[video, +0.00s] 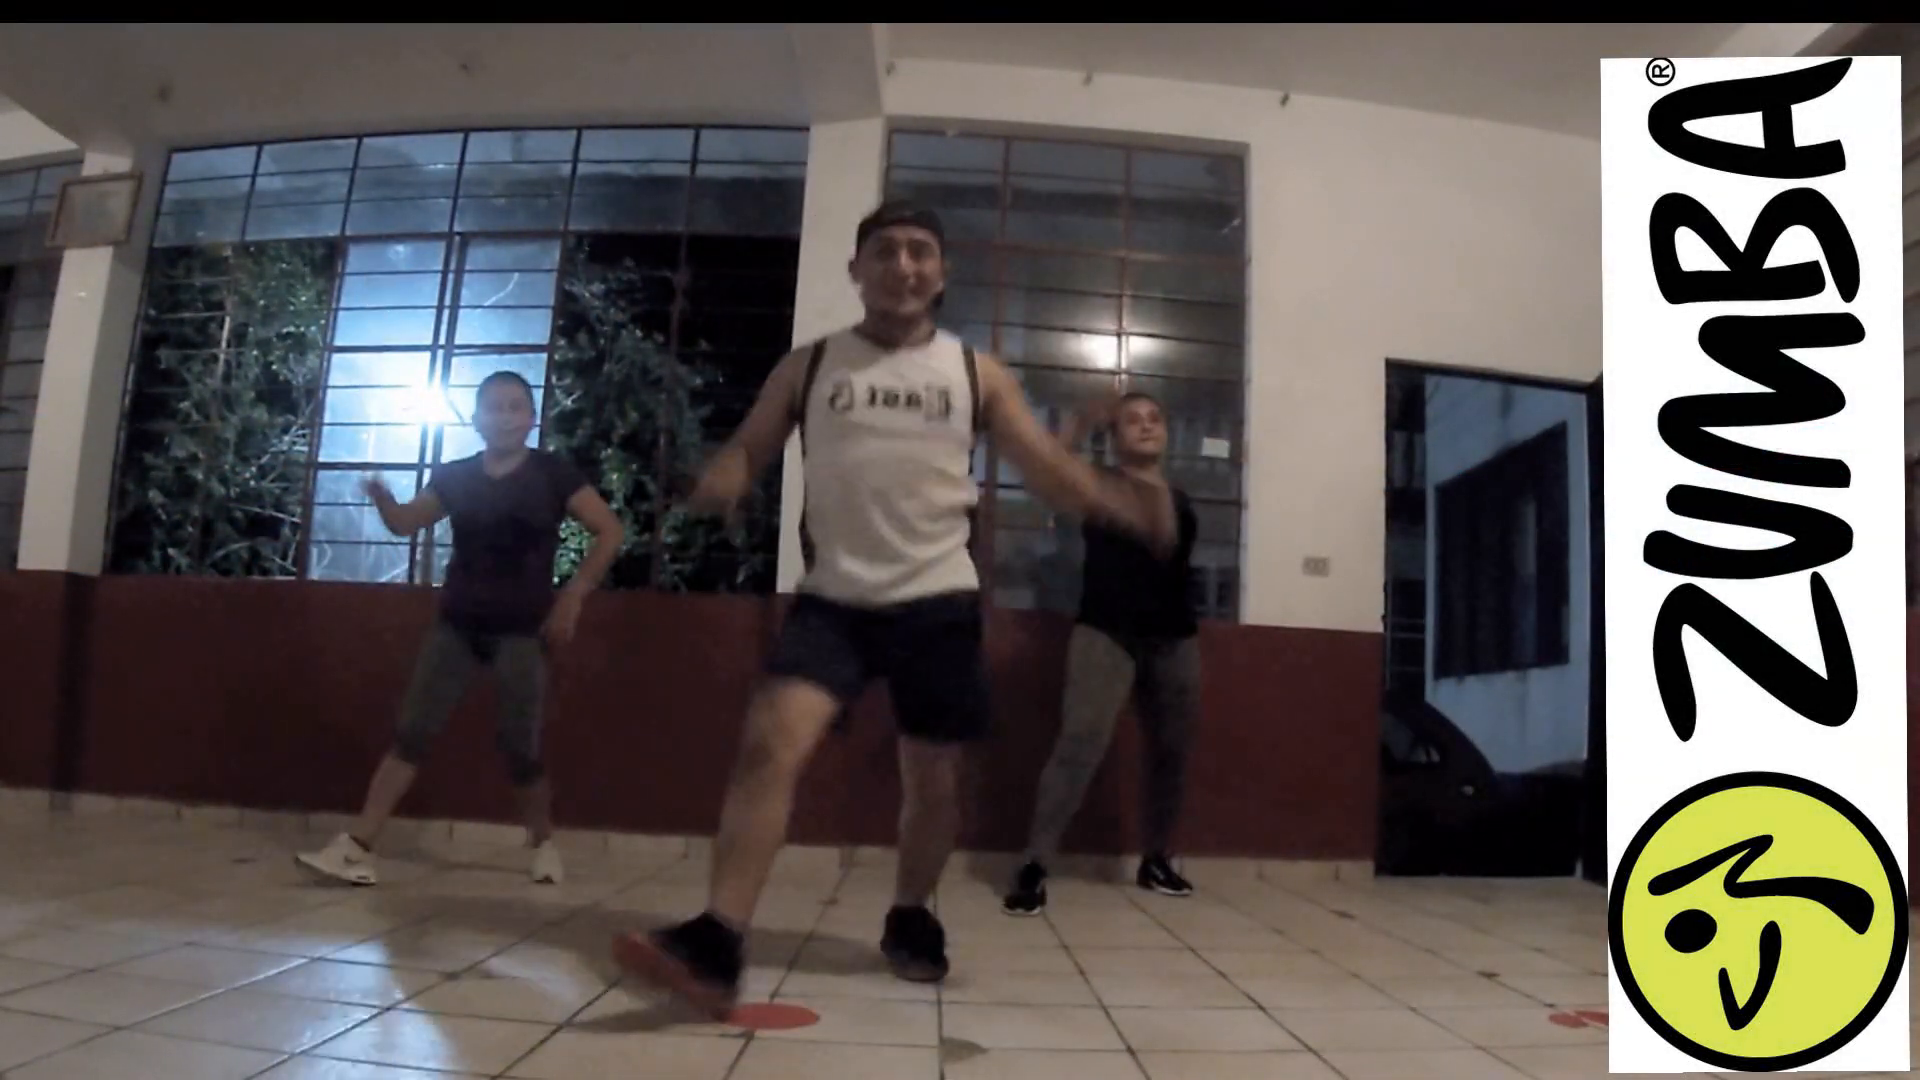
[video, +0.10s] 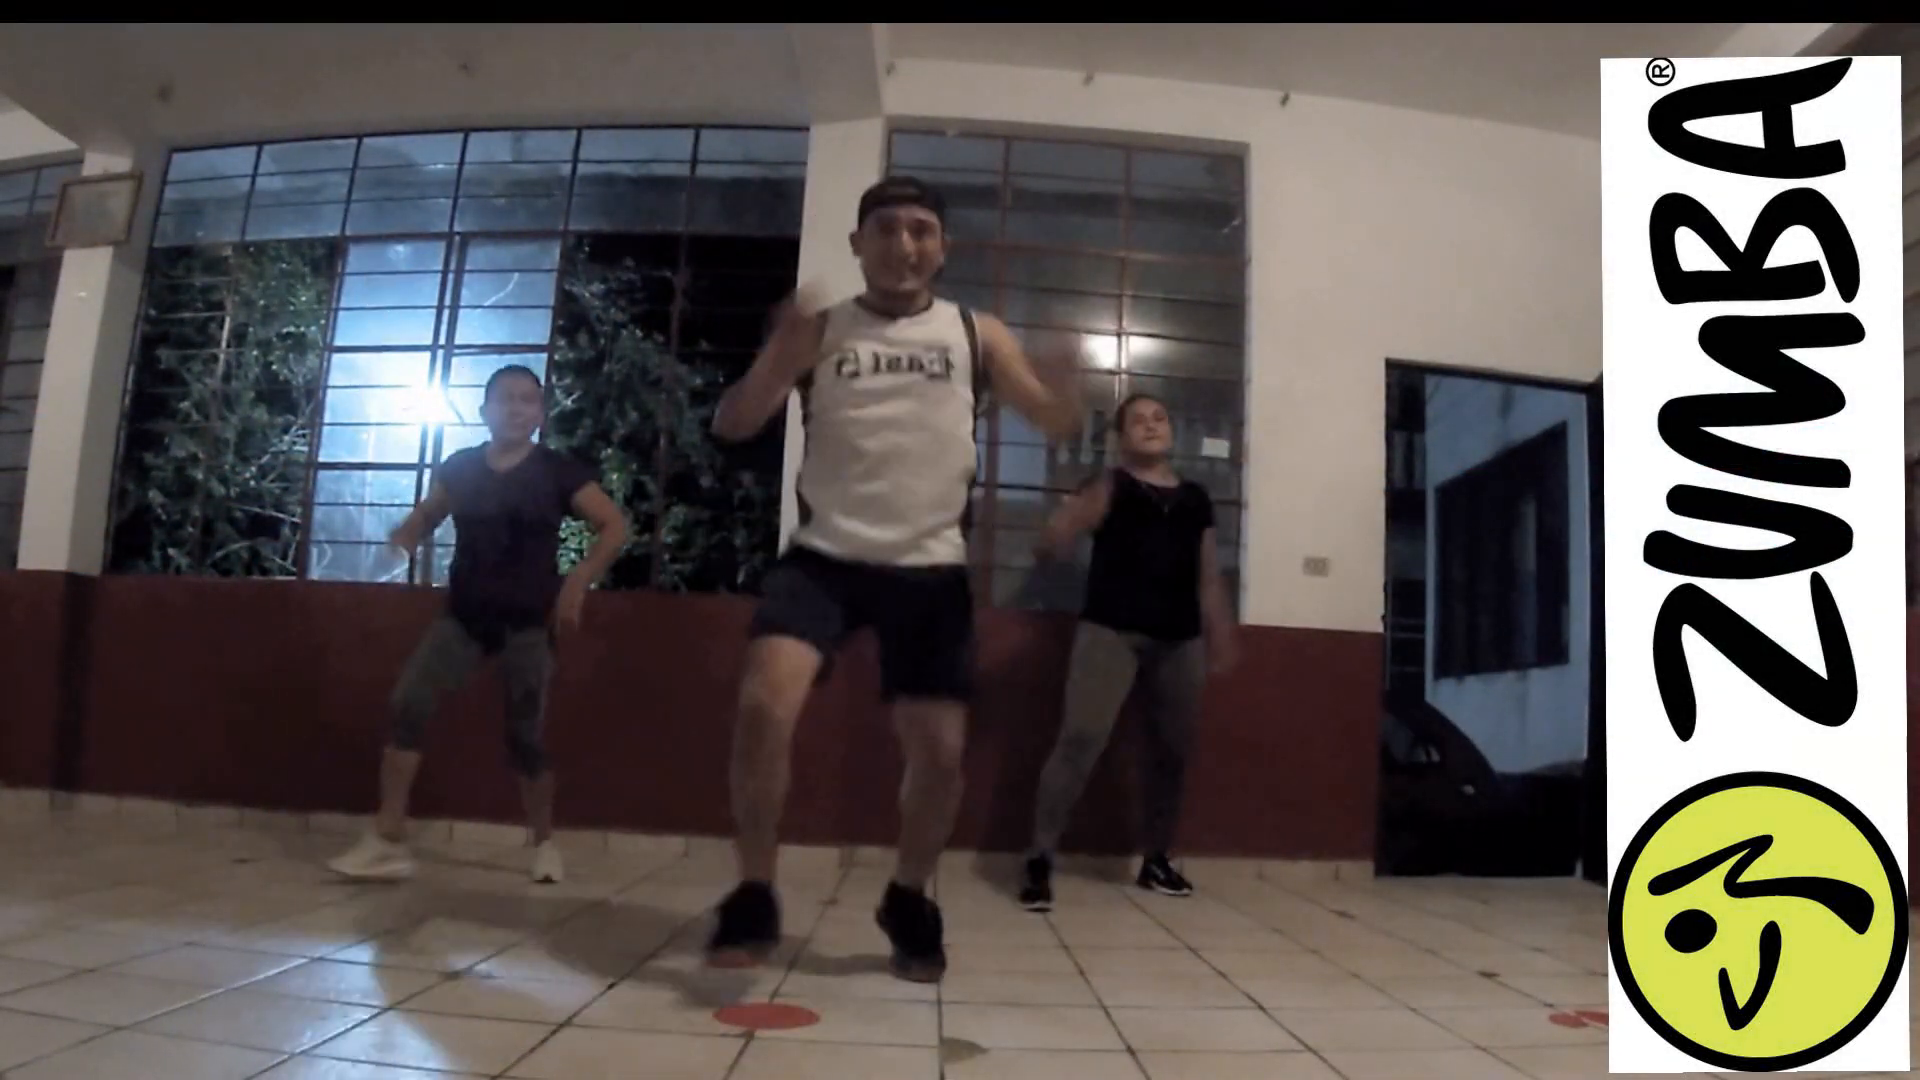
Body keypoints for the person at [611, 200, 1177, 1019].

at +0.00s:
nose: (904, 265)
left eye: (920, 253)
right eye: (887, 253)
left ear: (942, 273)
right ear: (857, 271)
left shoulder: (976, 373)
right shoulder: (812, 362)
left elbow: (1050, 465)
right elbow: (746, 451)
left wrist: (1115, 502)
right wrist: (723, 479)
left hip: (936, 603)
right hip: (833, 599)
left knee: (933, 772)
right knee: (769, 741)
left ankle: (912, 918)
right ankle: (719, 937)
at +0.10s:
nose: (906, 242)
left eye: (922, 230)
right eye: (889, 229)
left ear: (942, 248)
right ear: (859, 244)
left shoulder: (976, 334)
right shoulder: (822, 327)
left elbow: (1059, 421)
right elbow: (731, 425)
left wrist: (1066, 388)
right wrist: (780, 355)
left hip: (929, 569)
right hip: (824, 559)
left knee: (940, 753)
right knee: (762, 705)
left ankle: (911, 898)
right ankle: (754, 896)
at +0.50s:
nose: (913, 322)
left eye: (930, 311)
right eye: (898, 310)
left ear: (953, 333)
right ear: (874, 326)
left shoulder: (981, 408)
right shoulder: (834, 400)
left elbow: (1087, 433)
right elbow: (729, 382)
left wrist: (1159, 403)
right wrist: (669, 325)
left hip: (958, 629)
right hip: (848, 636)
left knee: (1072, 704)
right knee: (787, 793)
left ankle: (1052, 883)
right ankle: (773, 916)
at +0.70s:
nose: (1015, 272)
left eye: (1031, 259)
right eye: (1000, 260)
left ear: (1057, 271)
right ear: (975, 272)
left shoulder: (1096, 352)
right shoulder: (940, 354)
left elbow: (1192, 405)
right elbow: (819, 364)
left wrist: (1297, 407)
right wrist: (701, 357)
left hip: (1081, 584)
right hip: (959, 583)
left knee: (1155, 750)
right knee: (885, 743)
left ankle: (1221, 913)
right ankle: (801, 900)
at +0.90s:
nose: (1111, 312)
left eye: (1126, 298)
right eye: (1095, 299)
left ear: (1153, 310)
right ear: (1073, 312)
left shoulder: (1192, 387)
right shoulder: (1041, 392)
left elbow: (1291, 429)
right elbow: (939, 428)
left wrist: (1404, 410)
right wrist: (863, 407)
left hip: (1187, 607)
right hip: (1074, 608)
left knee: (1222, 784)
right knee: (995, 759)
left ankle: (1221, 929)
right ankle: (891, 904)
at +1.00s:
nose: (1132, 296)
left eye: (1147, 282)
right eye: (1117, 283)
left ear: (1173, 293)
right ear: (1097, 296)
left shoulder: (1210, 371)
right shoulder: (1068, 378)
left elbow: (1311, 408)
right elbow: (993, 397)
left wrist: (1349, 341)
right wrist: (967, 390)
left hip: (1191, 589)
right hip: (1085, 588)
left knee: (1218, 759)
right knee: (1014, 713)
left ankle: (1221, 927)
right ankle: (950, 879)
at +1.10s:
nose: (1150, 273)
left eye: (1163, 260)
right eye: (1135, 260)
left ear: (1182, 273)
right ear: (1106, 271)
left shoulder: (1214, 353)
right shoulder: (1069, 348)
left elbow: (1268, 443)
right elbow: (995, 366)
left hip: (1187, 568)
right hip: (1083, 567)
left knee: (1220, 738)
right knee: (1050, 692)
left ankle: (1214, 916)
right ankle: (1053, 861)